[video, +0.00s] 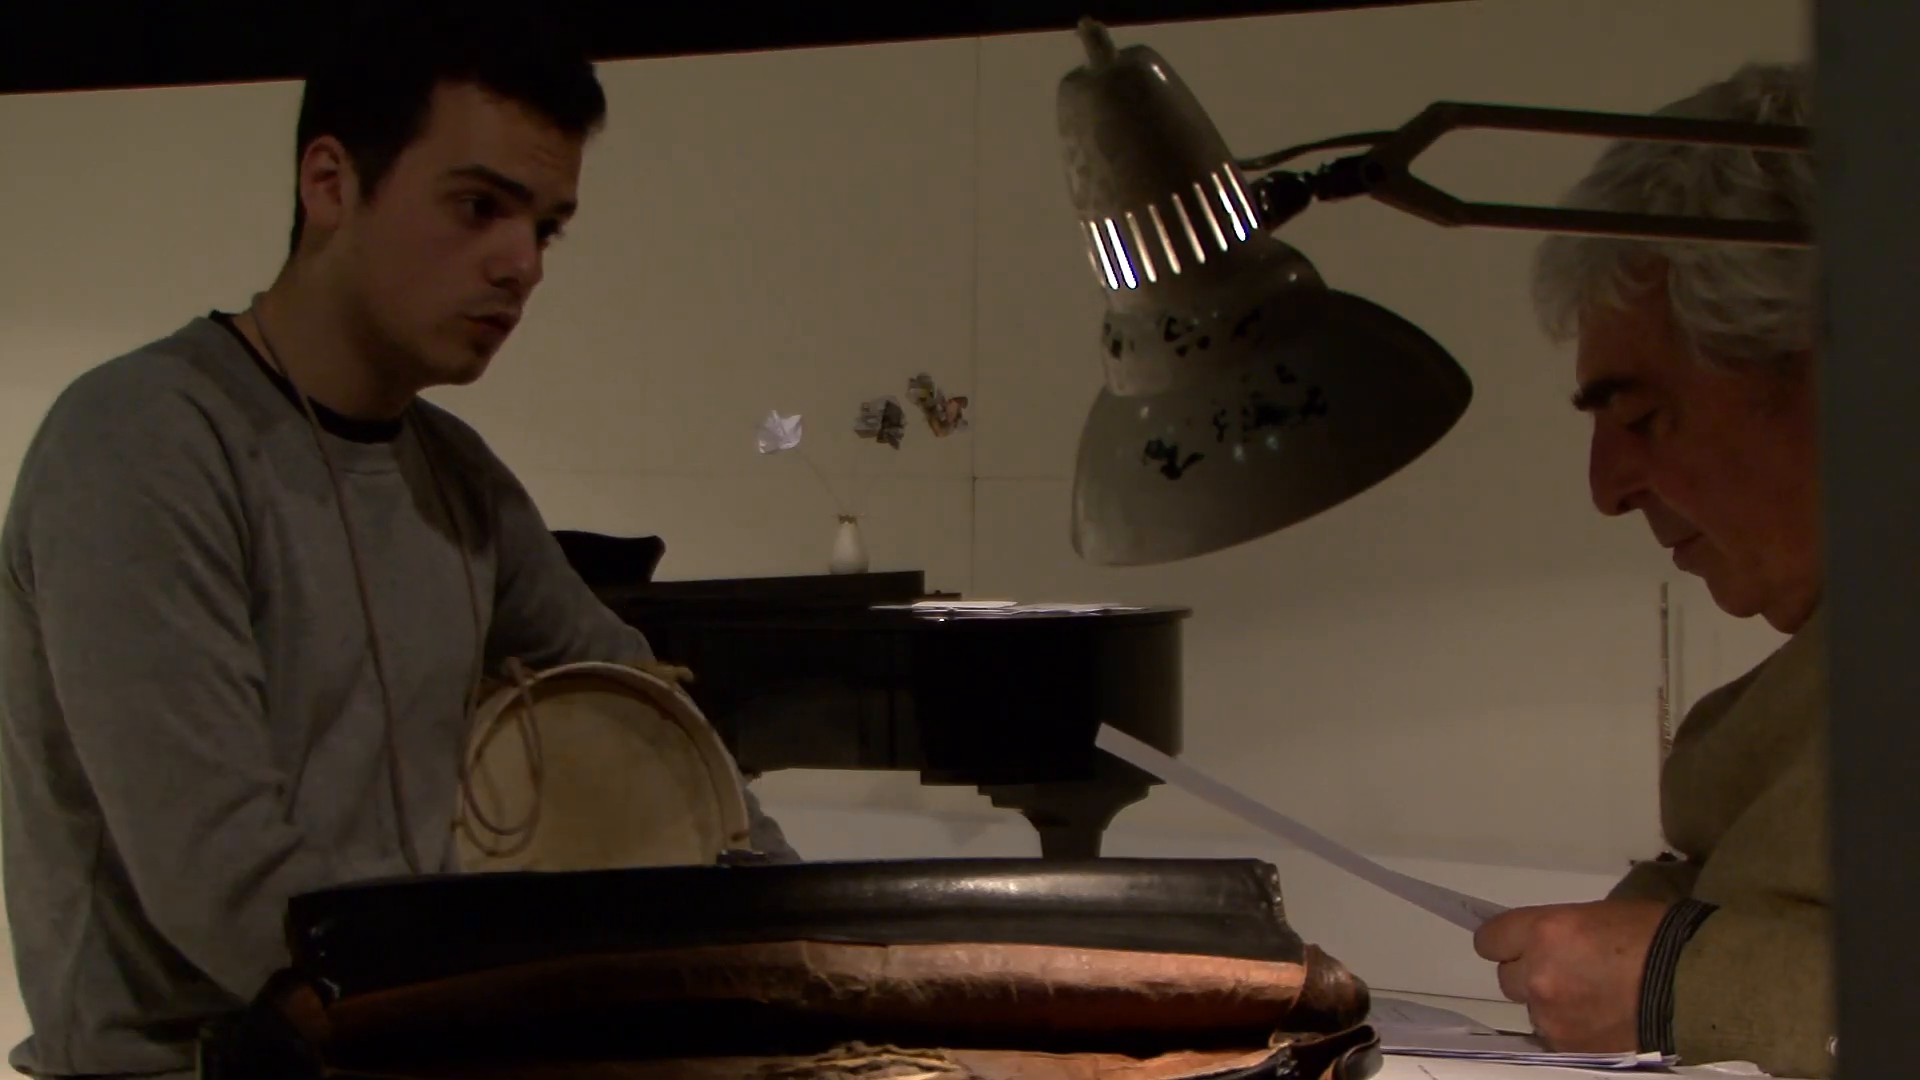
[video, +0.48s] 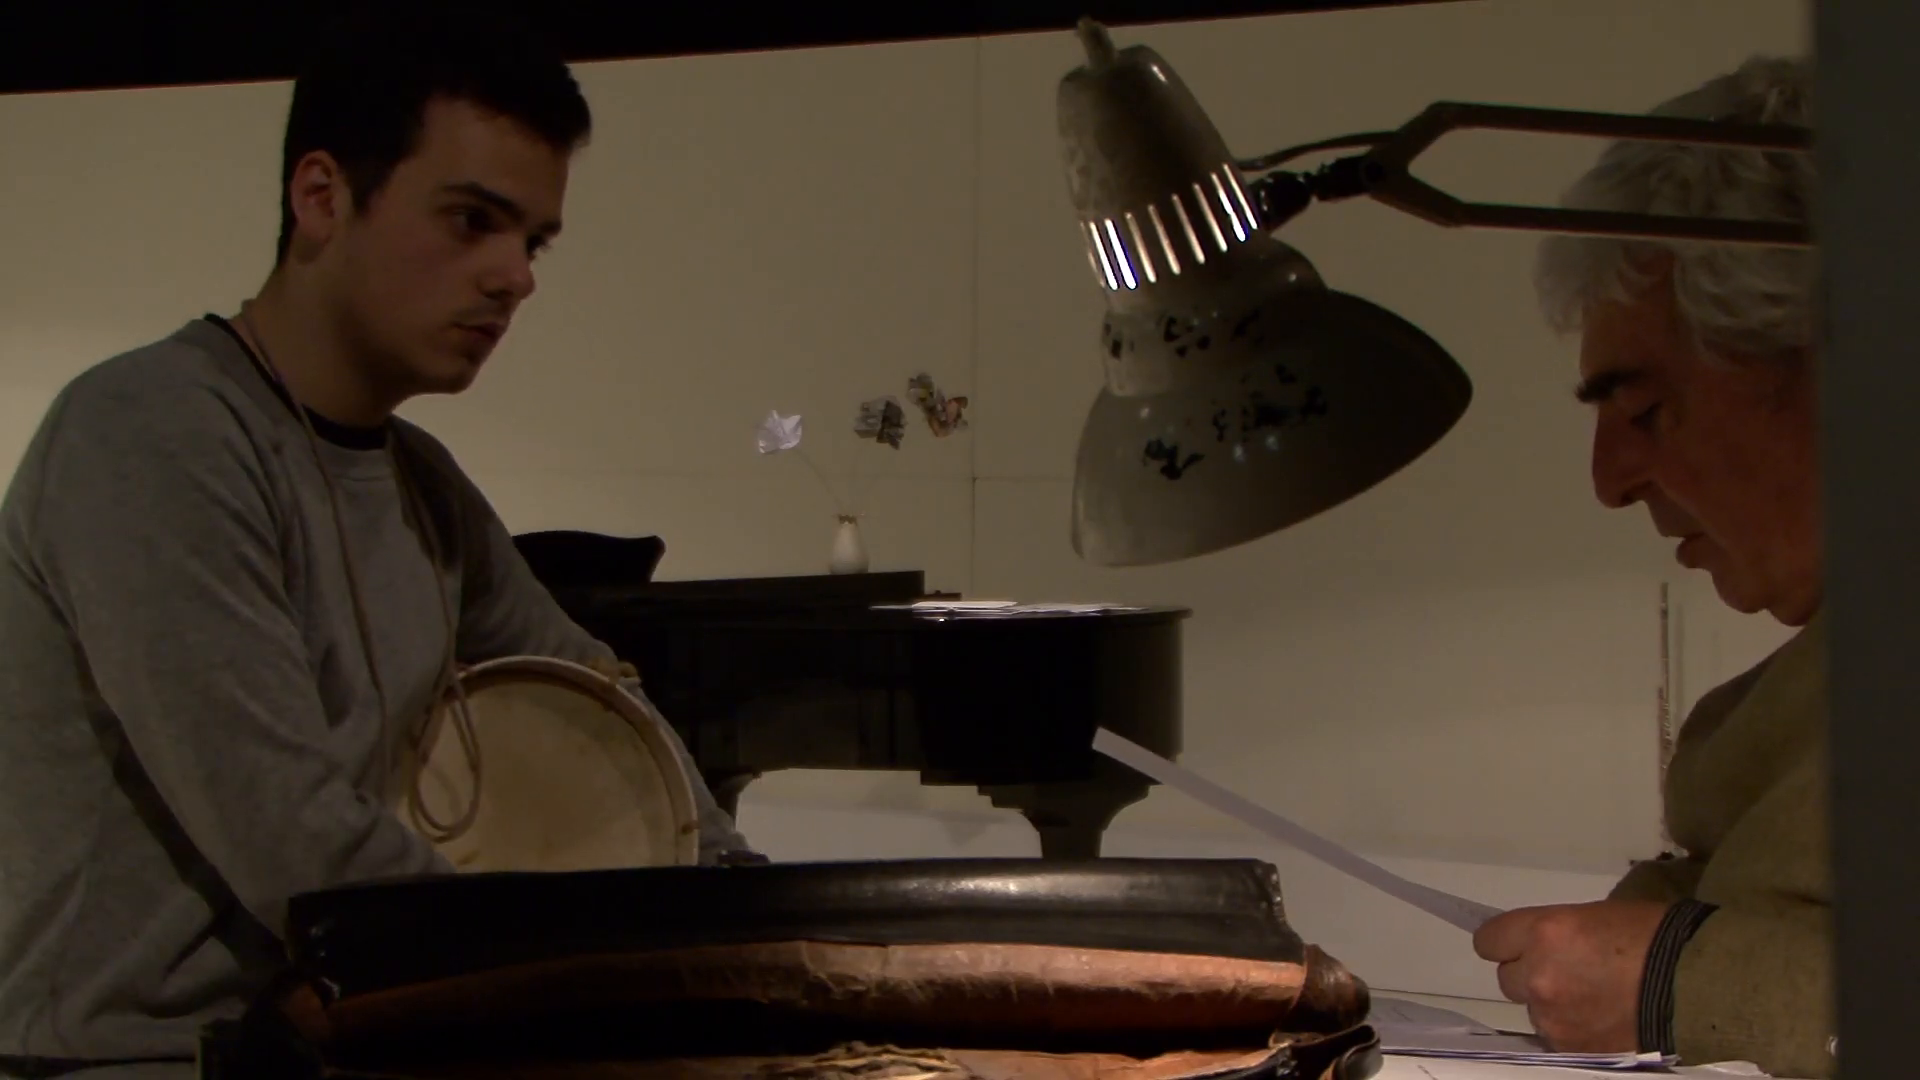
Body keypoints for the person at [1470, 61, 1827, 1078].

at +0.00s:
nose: (1609, 489)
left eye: (1639, 413)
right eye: (1602, 423)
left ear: (1824, 365)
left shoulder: (1871, 663)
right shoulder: (1808, 669)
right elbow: (1773, 881)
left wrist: (1678, 982)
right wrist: (1653, 929)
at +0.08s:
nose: (1609, 489)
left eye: (1639, 416)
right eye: (1601, 426)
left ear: (1819, 369)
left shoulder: (1872, 659)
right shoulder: (1810, 666)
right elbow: (1771, 879)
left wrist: (1680, 982)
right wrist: (1651, 928)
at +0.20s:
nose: (1609, 491)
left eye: (1639, 417)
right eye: (1601, 427)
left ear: (1818, 370)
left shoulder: (1870, 661)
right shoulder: (1805, 671)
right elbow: (1760, 877)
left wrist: (1678, 982)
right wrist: (1650, 931)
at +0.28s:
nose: (1609, 491)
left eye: (1637, 416)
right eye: (1601, 426)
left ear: (1819, 366)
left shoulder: (1869, 662)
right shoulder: (1804, 673)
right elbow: (1766, 878)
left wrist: (1679, 983)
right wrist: (1652, 930)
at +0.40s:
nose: (1609, 485)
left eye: (1639, 411)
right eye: (1602, 421)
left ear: (1820, 362)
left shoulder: (1866, 667)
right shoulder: (1798, 681)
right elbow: (1774, 885)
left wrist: (1681, 983)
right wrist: (1655, 935)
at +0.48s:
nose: (1612, 482)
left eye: (1640, 406)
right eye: (1605, 416)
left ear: (1820, 359)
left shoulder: (1867, 669)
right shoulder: (1797, 681)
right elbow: (1769, 882)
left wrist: (1680, 982)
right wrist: (1654, 934)